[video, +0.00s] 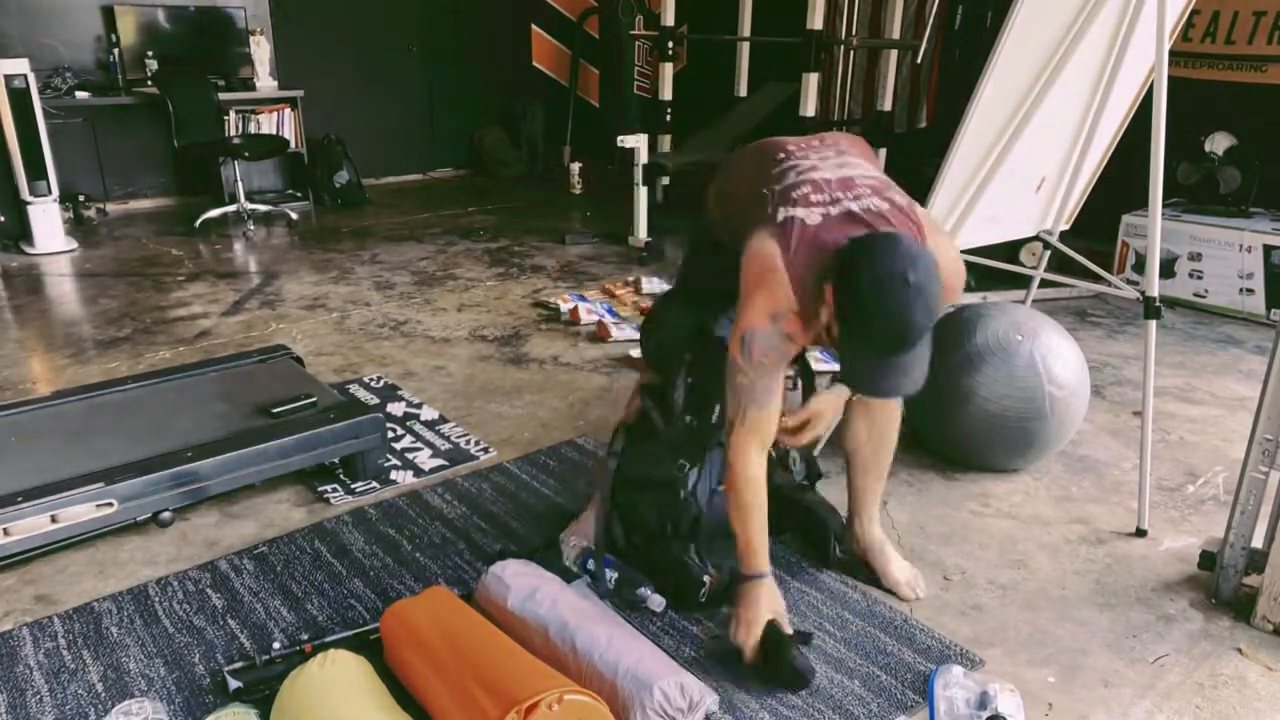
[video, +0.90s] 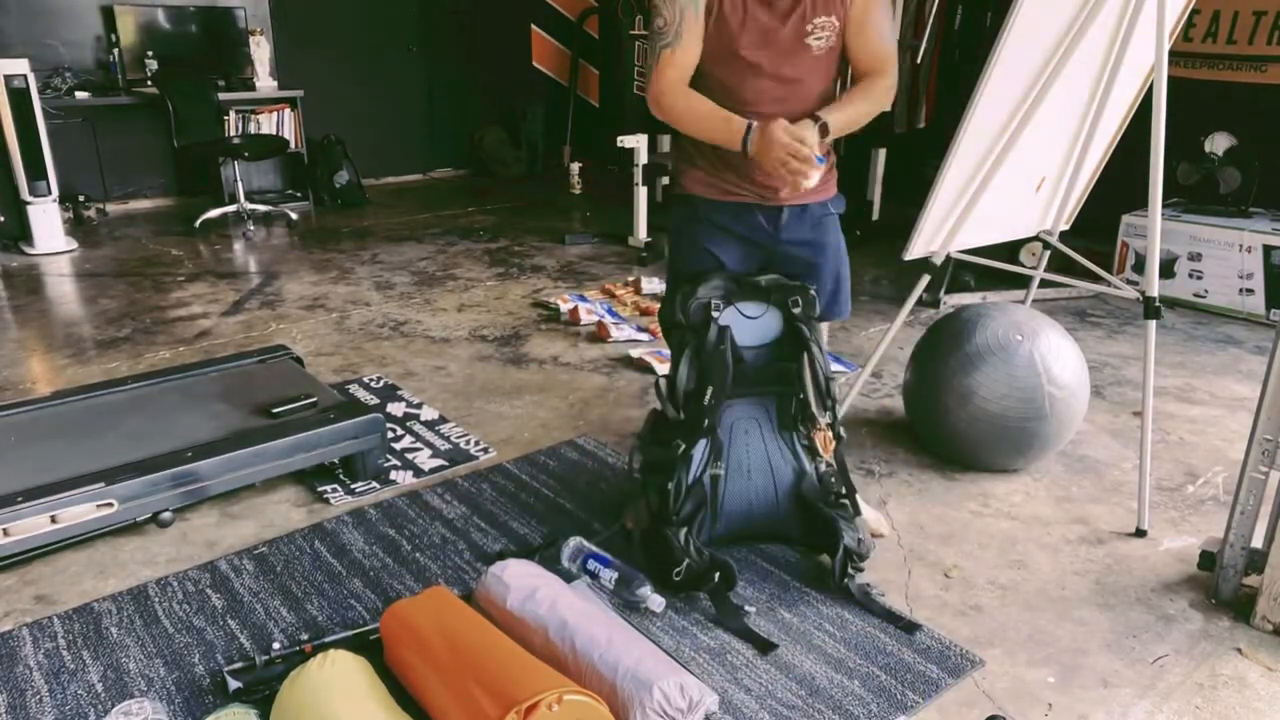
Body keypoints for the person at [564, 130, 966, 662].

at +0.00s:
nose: (848, 356)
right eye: (845, 343)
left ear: (921, 309)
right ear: (830, 301)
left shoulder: (946, 271)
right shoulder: (776, 273)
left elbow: (895, 326)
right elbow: (749, 441)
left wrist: (841, 393)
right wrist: (755, 576)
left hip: (848, 162)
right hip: (742, 188)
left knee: (888, 370)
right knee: (669, 367)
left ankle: (867, 526)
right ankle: (605, 505)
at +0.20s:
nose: (809, 40)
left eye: (819, 33)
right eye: (805, 24)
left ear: (829, 14)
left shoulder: (816, 42)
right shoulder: (686, 15)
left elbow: (803, 133)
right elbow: (606, 115)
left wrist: (768, 205)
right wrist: (692, 198)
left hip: (749, 206)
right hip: (664, 207)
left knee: (777, 331)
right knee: (655, 366)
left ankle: (787, 455)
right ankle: (621, 497)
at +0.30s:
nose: (852, 76)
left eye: (869, 63)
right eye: (844, 61)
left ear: (892, 32)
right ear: (815, 24)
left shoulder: (877, 40)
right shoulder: (764, 44)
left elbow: (889, 136)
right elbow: (700, 174)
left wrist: (848, 215)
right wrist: (760, 256)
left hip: (776, 201)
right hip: (691, 202)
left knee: (784, 348)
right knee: (662, 359)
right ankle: (626, 509)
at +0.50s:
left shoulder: (866, 3)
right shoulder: (695, 5)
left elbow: (875, 92)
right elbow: (666, 99)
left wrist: (820, 158)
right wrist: (748, 158)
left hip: (818, 212)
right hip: (719, 208)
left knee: (814, 366)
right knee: (713, 365)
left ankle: (823, 487)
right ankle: (704, 492)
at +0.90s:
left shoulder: (855, 2)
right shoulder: (694, 5)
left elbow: (880, 80)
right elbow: (664, 92)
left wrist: (818, 129)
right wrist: (750, 137)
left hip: (810, 210)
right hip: (713, 206)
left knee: (809, 370)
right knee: (704, 367)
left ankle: (825, 488)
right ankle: (688, 492)